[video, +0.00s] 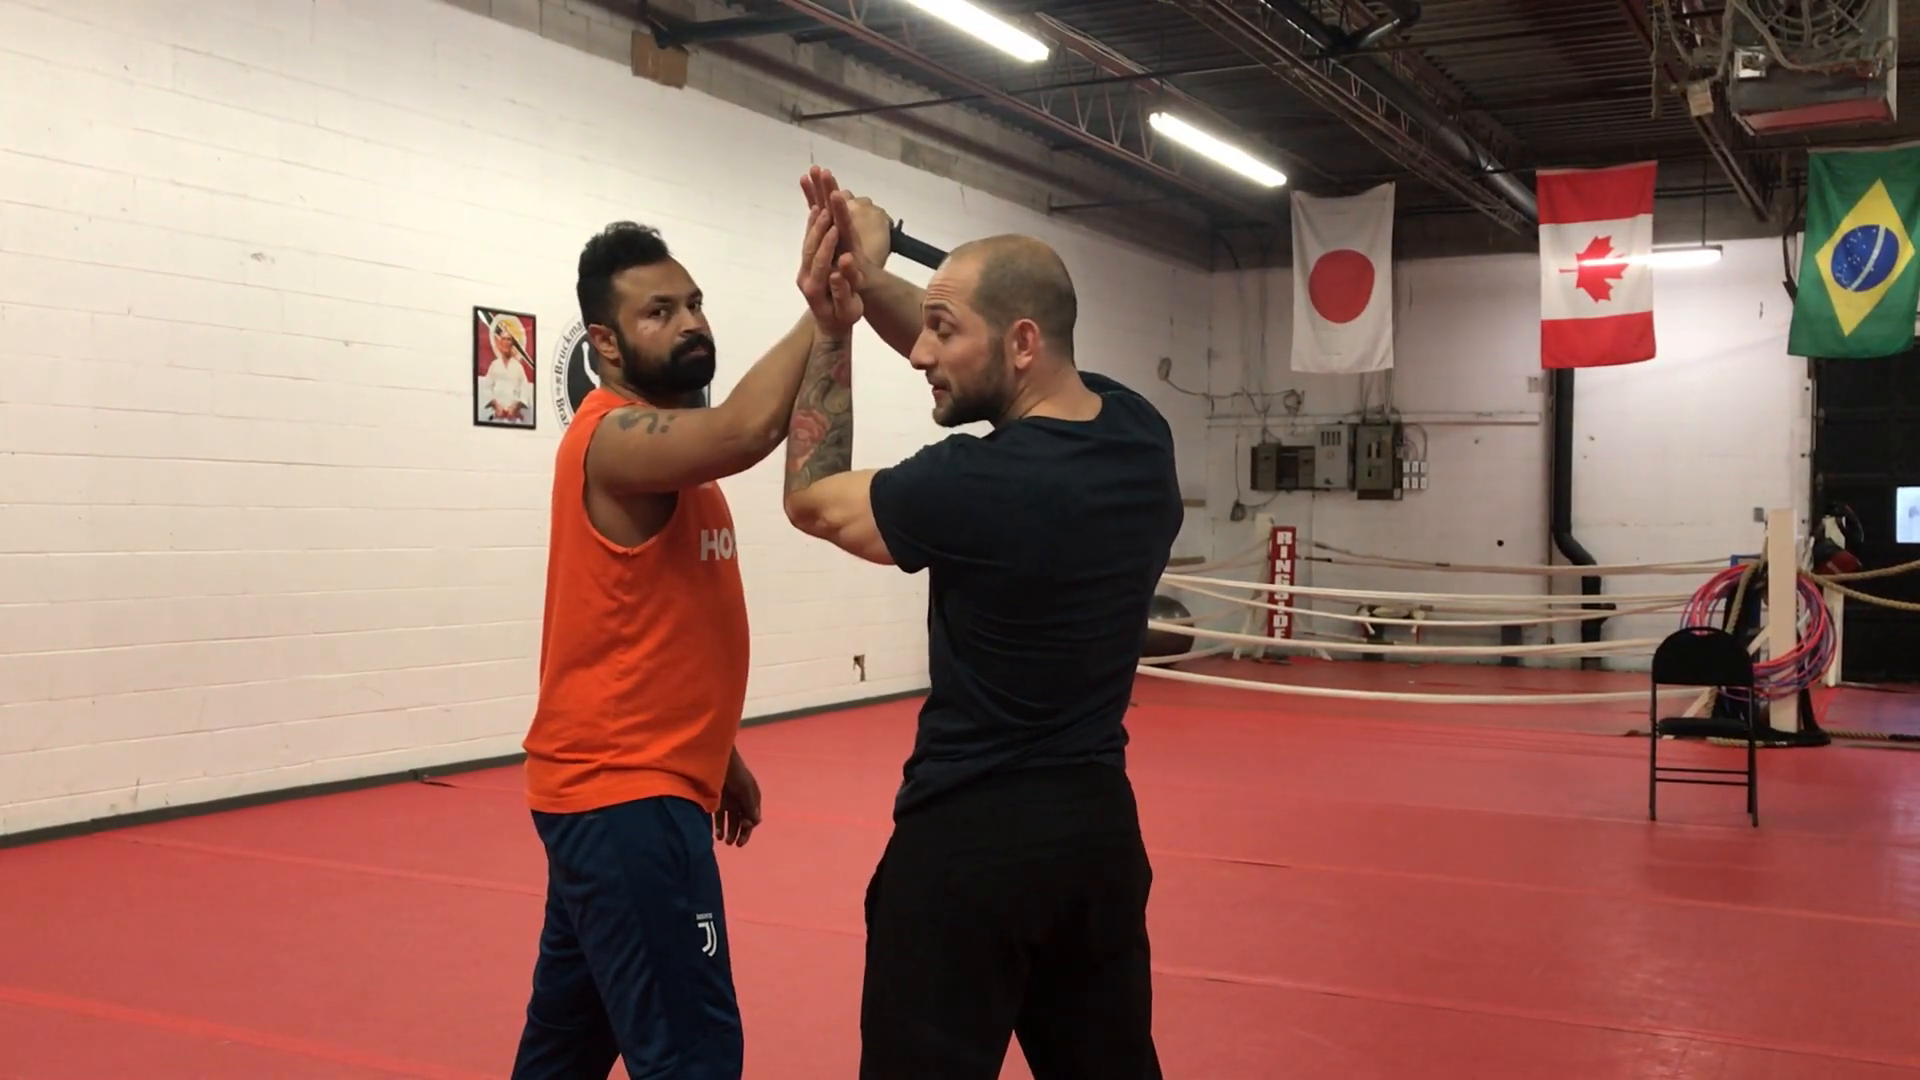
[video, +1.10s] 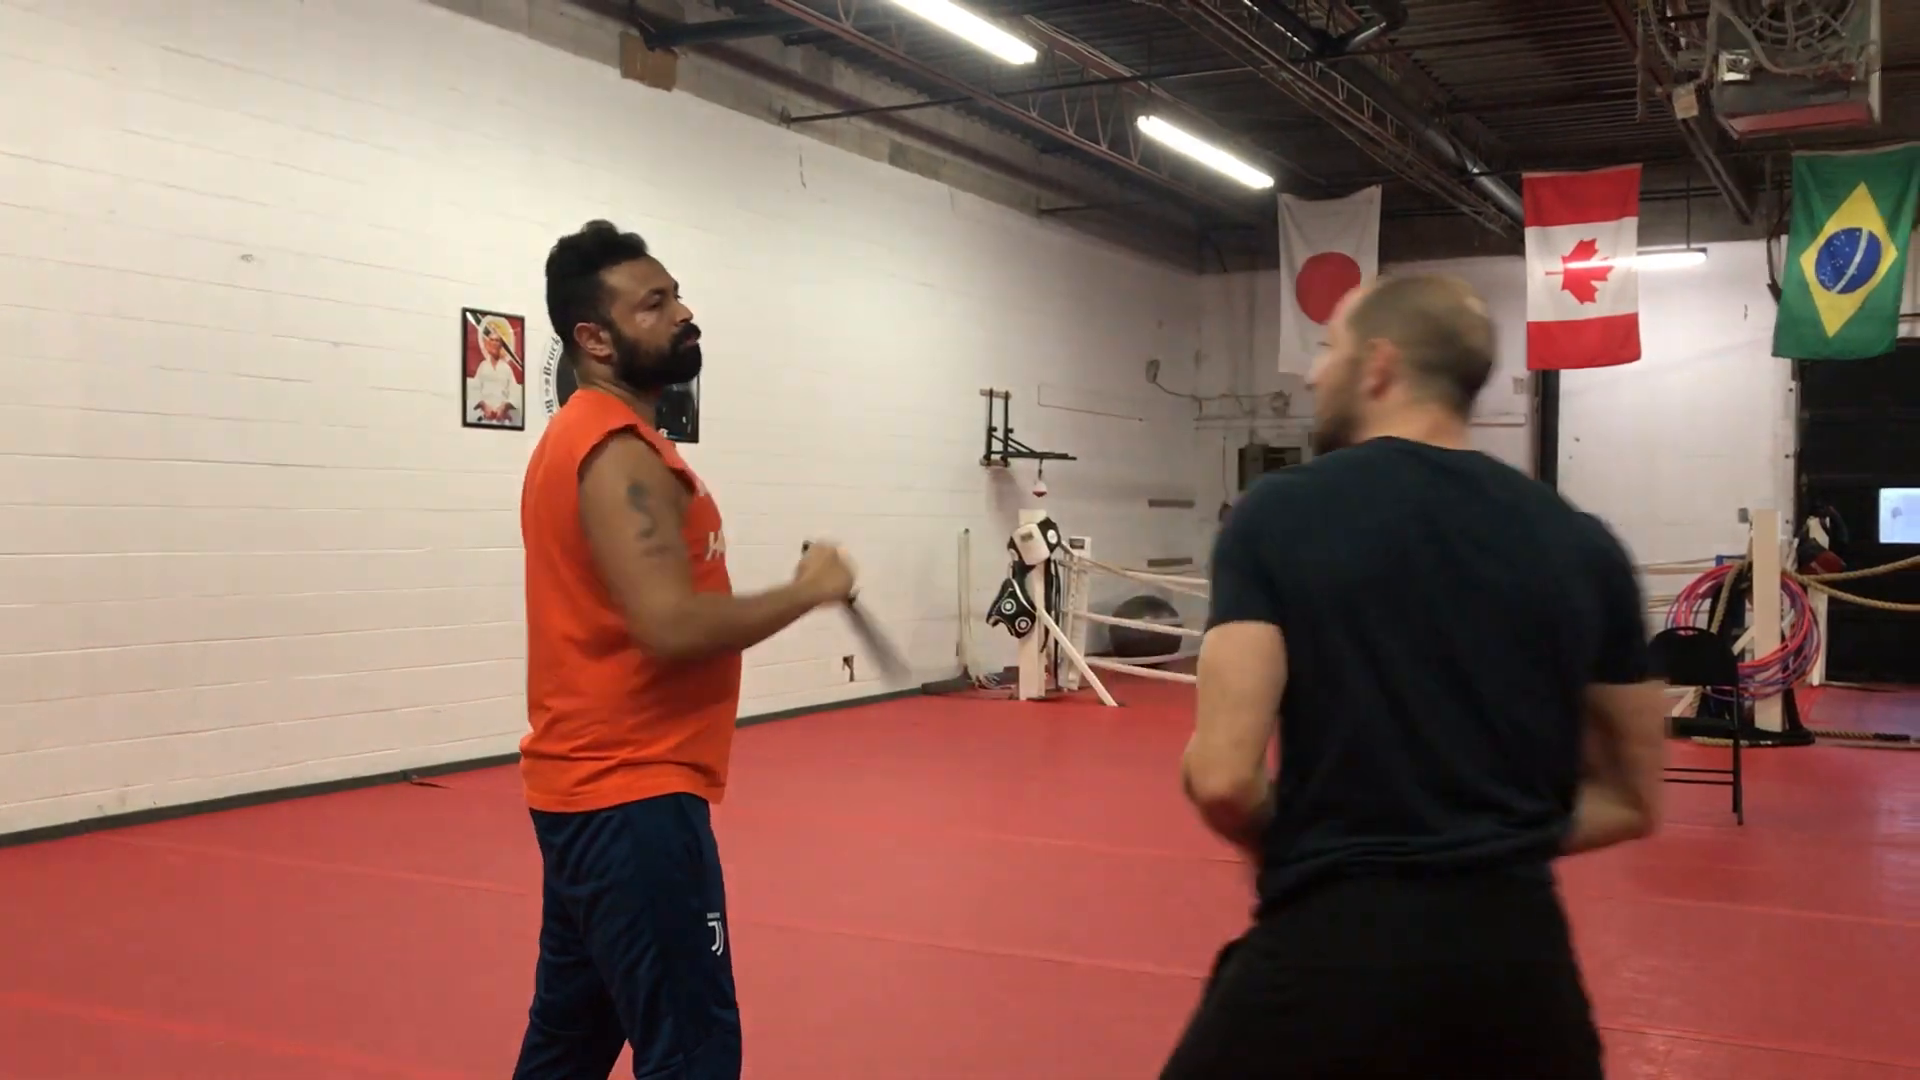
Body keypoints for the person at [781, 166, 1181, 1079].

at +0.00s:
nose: (923, 353)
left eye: (943, 328)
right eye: (926, 329)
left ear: (1021, 344)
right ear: (1027, 346)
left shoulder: (975, 486)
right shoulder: (1141, 436)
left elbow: (815, 499)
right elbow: (954, 350)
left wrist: (831, 318)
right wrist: (872, 271)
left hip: (960, 847)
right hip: (1097, 835)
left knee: (920, 1062)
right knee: (1112, 1067)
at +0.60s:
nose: (950, 312)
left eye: (956, 291)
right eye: (952, 291)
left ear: (995, 305)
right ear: (1090, 299)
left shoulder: (961, 451)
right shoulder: (1185, 430)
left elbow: (829, 556)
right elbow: (1057, 432)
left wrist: (862, 408)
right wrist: (934, 373)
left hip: (1029, 859)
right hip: (1183, 838)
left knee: (981, 1064)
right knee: (1243, 1068)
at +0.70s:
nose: (1009, 309)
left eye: (1014, 289)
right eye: (1011, 289)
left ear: (1051, 303)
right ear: (1147, 302)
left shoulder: (1002, 465)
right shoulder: (1240, 445)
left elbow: (872, 612)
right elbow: (1120, 528)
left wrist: (891, 471)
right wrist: (983, 430)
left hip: (1061, 874)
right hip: (1222, 858)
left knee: (1001, 1066)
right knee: (1303, 1069)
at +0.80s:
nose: (1076, 317)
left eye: (1082, 297)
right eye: (1079, 296)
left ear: (1123, 314)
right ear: (1217, 313)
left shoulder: (1071, 477)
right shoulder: (1312, 467)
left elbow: (947, 689)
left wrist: (942, 574)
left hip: (1109, 895)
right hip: (1282, 886)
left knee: (1032, 1065)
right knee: (1365, 1069)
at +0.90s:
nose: (1153, 338)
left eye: (1162, 317)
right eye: (1157, 317)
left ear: (1207, 337)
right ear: (1304, 340)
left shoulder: (1151, 500)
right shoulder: (1406, 505)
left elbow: (1069, 759)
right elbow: (1397, 699)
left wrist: (1021, 695)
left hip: (1181, 937)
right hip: (1359, 930)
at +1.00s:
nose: (1239, 363)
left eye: (1255, 339)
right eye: (1247, 339)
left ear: (1305, 364)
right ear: (1394, 370)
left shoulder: (1229, 518)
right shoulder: (1506, 535)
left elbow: (1189, 798)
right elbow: (1527, 782)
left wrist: (1150, 806)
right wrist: (1399, 790)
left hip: (1260, 965)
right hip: (1452, 958)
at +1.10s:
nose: (1313, 373)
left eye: (1328, 349)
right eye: (1320, 349)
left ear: (1378, 367)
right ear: (1468, 385)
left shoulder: (1279, 514)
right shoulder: (1579, 543)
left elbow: (1219, 777)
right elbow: (1631, 801)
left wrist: (1308, 842)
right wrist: (1479, 832)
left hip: (1316, 973)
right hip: (1521, 976)